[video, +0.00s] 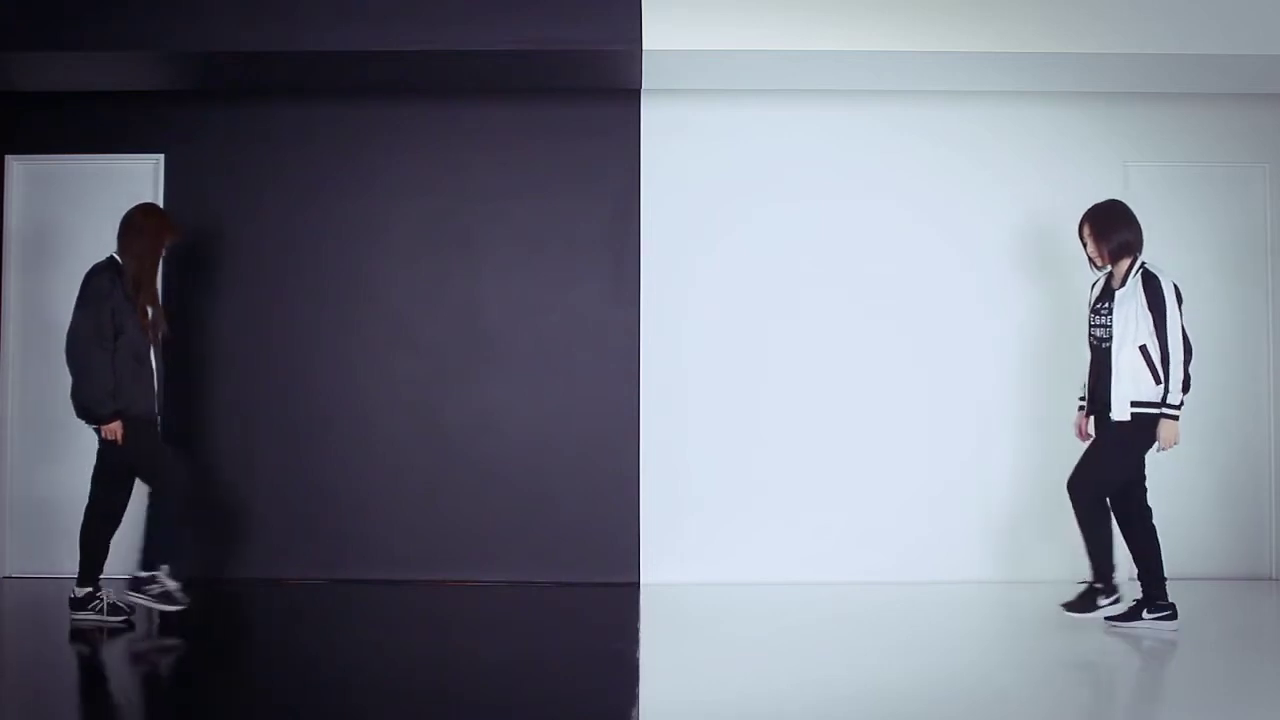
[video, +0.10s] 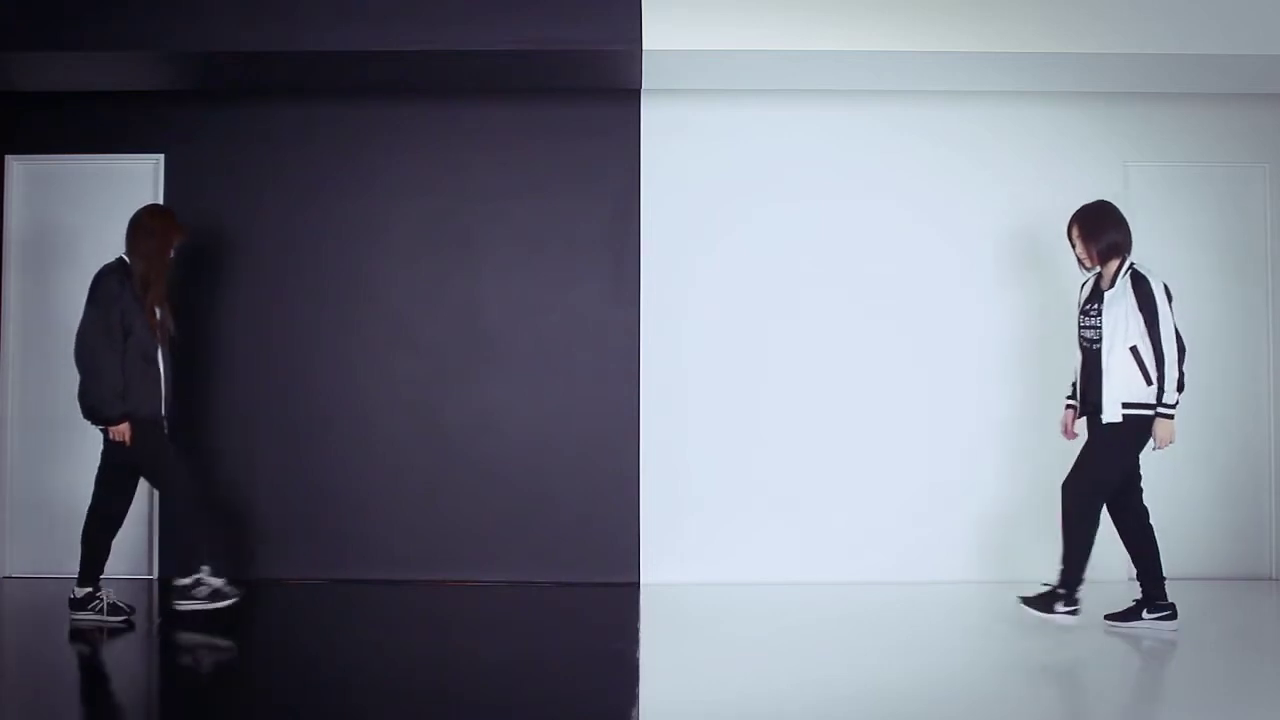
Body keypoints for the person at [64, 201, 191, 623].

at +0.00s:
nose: (162, 255)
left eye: (164, 247)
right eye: (160, 246)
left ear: (136, 240)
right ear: (142, 242)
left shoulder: (132, 282)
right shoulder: (103, 278)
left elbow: (135, 347)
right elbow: (85, 348)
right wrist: (104, 412)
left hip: (136, 415)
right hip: (122, 417)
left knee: (105, 508)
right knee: (173, 481)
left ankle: (86, 593)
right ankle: (151, 573)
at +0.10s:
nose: (173, 255)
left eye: (175, 246)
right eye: (169, 245)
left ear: (152, 244)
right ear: (149, 242)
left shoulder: (155, 285)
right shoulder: (113, 280)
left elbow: (164, 355)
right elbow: (94, 350)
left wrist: (176, 411)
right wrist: (112, 414)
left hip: (148, 418)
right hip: (133, 419)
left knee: (107, 511)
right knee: (182, 487)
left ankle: (86, 593)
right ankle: (195, 576)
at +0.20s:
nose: (183, 258)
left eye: (184, 249)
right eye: (179, 248)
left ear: (154, 243)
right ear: (161, 246)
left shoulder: (155, 287)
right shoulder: (125, 285)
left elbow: (152, 359)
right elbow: (109, 354)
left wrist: (166, 417)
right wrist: (123, 418)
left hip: (150, 422)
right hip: (138, 423)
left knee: (111, 512)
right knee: (183, 499)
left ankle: (85, 594)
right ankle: (225, 581)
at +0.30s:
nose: (197, 261)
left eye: (198, 253)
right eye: (193, 252)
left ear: (171, 249)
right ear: (174, 249)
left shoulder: (170, 291)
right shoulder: (141, 289)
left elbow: (166, 362)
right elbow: (124, 359)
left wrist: (176, 421)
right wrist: (137, 423)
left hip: (162, 423)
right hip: (150, 425)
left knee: (118, 513)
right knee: (190, 505)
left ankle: (86, 594)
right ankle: (237, 584)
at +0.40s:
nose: (214, 263)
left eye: (215, 254)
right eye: (210, 254)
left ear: (188, 250)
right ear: (190, 250)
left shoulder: (185, 294)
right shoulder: (158, 290)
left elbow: (185, 364)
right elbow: (143, 361)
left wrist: (193, 424)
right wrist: (156, 425)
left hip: (180, 427)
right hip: (171, 429)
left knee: (130, 512)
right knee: (205, 511)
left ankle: (89, 590)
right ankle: (244, 587)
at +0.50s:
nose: (233, 260)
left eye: (234, 251)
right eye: (229, 251)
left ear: (204, 248)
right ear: (210, 249)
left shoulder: (209, 290)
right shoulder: (179, 290)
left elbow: (213, 359)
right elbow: (166, 359)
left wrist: (225, 418)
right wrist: (180, 422)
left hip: (213, 421)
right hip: (192, 423)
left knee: (154, 503)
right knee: (226, 506)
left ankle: (100, 582)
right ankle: (251, 590)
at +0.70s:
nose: (273, 254)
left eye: (274, 245)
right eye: (269, 244)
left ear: (242, 240)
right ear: (252, 242)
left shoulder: (248, 284)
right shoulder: (223, 285)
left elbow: (258, 357)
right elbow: (220, 355)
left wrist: (273, 412)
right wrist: (235, 413)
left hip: (260, 416)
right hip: (241, 418)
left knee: (245, 501)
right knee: (248, 503)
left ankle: (181, 553)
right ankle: (253, 592)